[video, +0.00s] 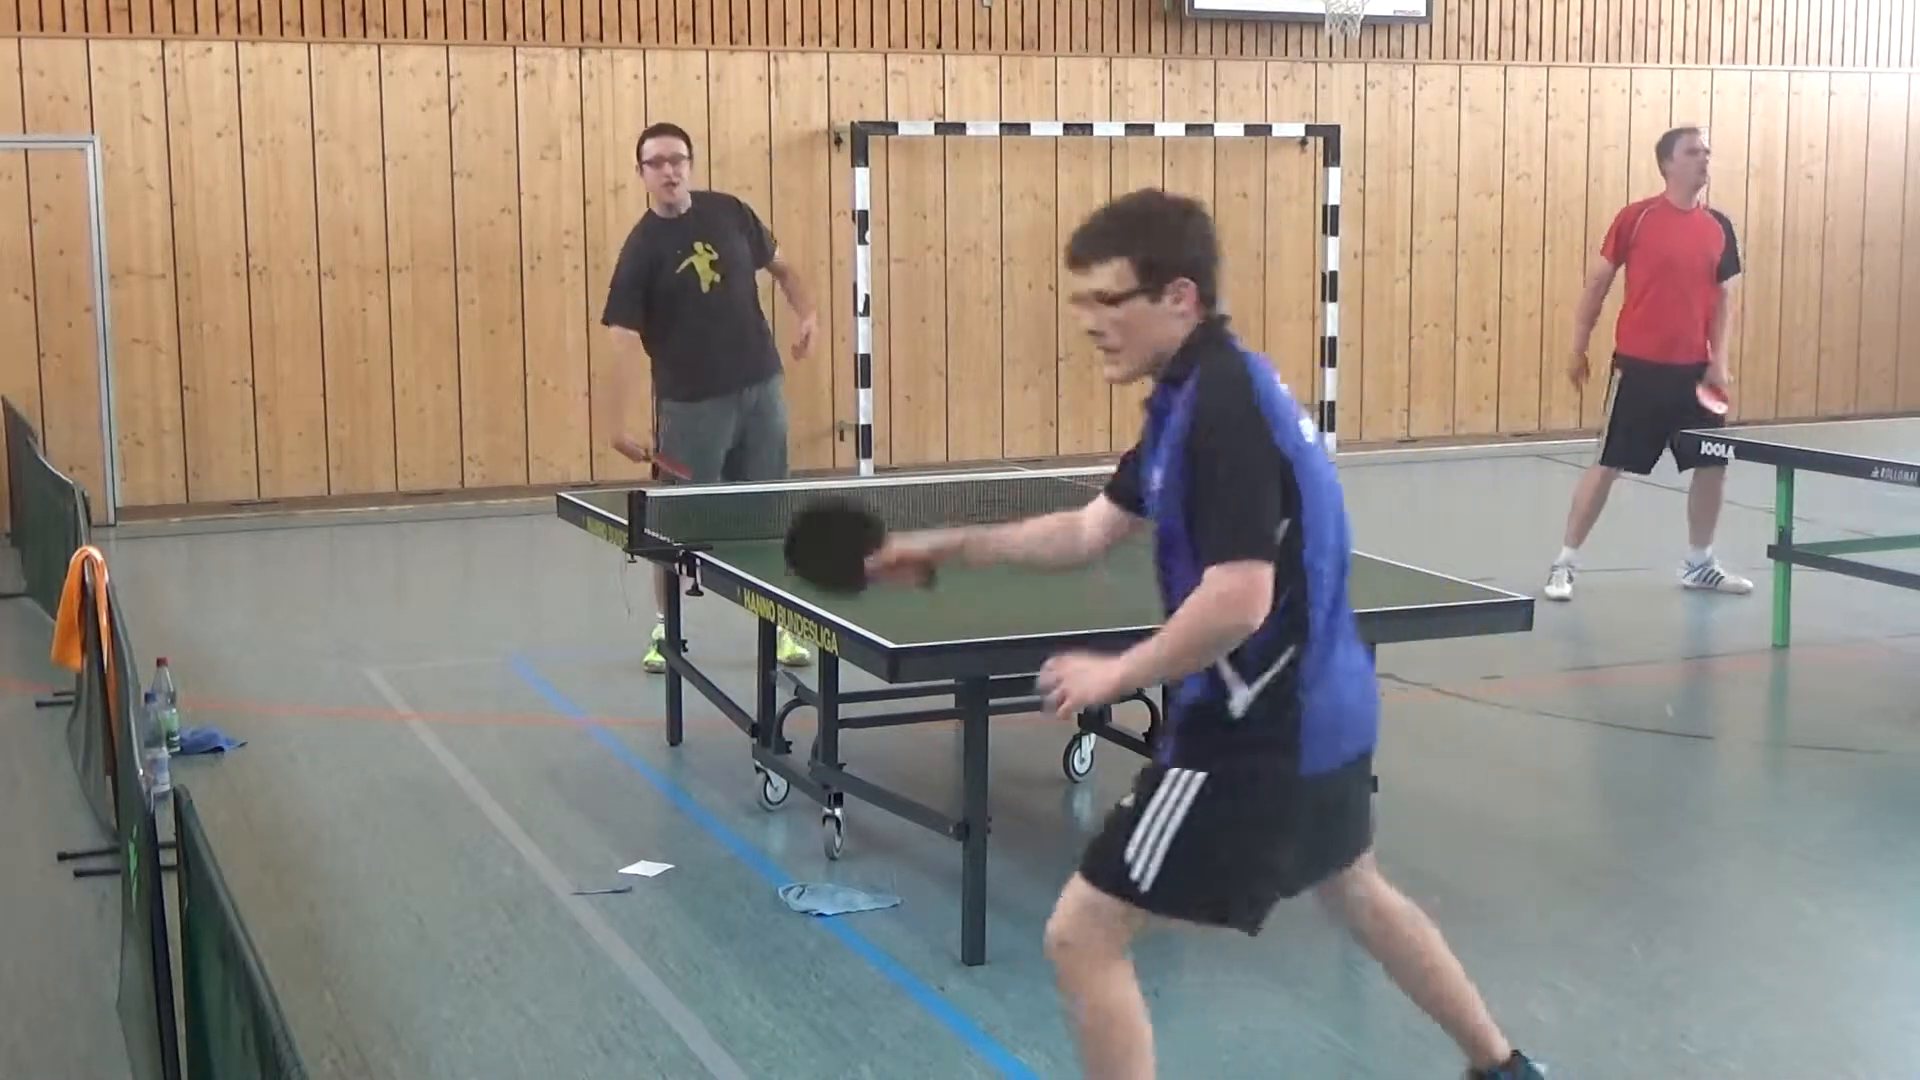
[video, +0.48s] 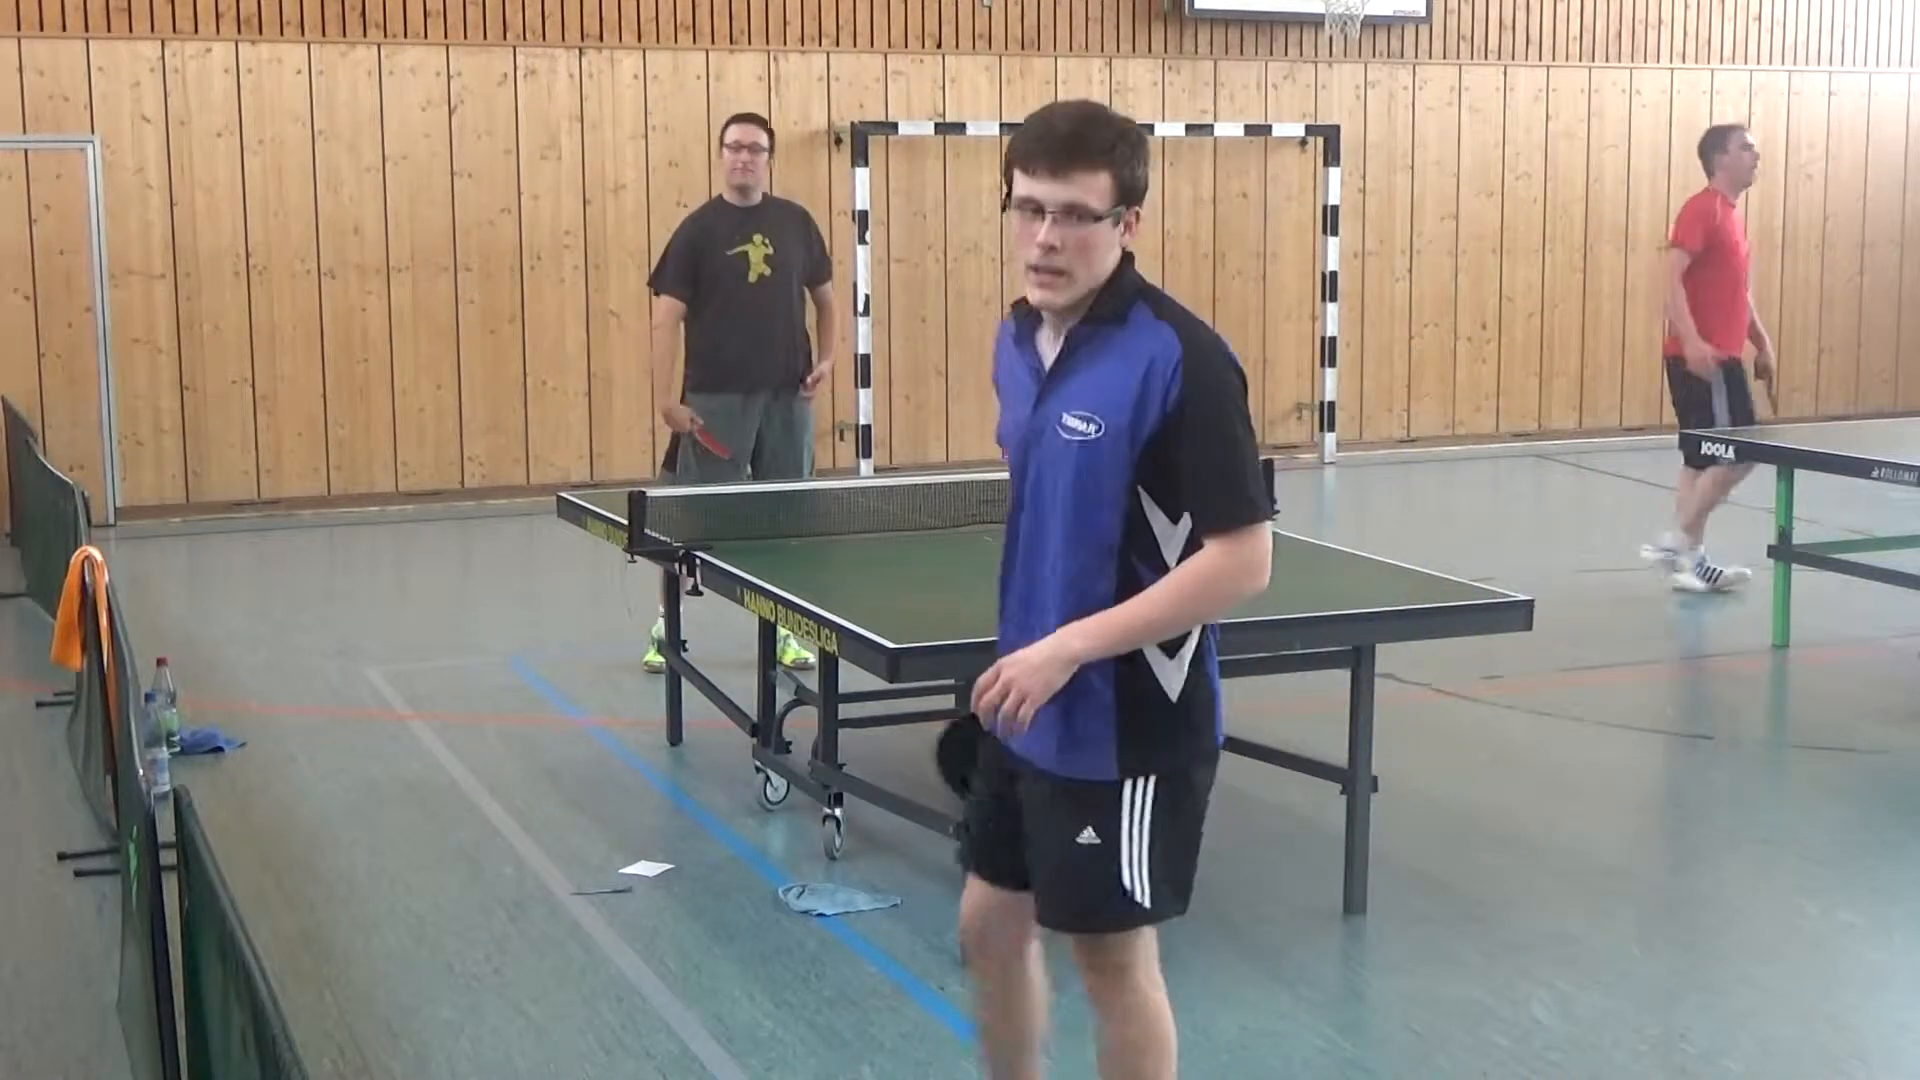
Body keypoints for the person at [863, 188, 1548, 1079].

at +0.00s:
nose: (1091, 323)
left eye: (1110, 302)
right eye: (1084, 303)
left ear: (1181, 297)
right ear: (1179, 305)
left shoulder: (1221, 401)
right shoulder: (1193, 392)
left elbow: (1239, 595)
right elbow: (1091, 529)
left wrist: (1116, 672)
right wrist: (941, 548)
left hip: (1245, 736)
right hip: (1319, 718)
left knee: (1083, 939)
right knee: (1358, 887)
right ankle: (1499, 1060)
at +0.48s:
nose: (1047, 238)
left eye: (1079, 216)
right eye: (1030, 211)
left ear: (1130, 226)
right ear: (1009, 213)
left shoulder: (1186, 363)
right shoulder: (1020, 341)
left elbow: (1242, 560)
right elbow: (1048, 519)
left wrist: (1068, 646)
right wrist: (1017, 665)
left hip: (1124, 733)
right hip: (1029, 707)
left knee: (1116, 964)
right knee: (992, 931)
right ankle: (1014, 1078)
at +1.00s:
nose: (985, 248)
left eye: (1014, 222)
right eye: (961, 217)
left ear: (1047, 227)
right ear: (914, 219)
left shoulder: (1112, 365)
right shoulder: (843, 376)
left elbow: (1170, 573)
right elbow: (796, 560)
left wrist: (1061, 735)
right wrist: (755, 760)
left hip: (1047, 772)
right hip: (894, 767)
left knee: (1035, 1030)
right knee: (881, 1039)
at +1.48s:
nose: (1096, 289)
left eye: (1126, 256)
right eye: (1062, 253)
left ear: (1155, 260)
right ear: (998, 251)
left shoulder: (1189, 411)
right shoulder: (895, 425)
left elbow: (1216, 599)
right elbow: (770, 657)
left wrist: (1269, 781)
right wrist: (779, 908)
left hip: (1124, 913)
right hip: (932, 924)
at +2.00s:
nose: (1296, 298)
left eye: (1327, 252)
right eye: (1250, 256)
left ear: (1363, 248)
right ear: (1165, 261)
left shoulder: (1415, 454)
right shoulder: (1047, 493)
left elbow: (1479, 703)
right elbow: (950, 795)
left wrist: (1530, 904)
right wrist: (951, 1059)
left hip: (1371, 1027)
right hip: (1157, 1043)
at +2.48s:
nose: (1755, 320)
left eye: (1800, 260)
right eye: (1693, 258)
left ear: (1842, 258)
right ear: (1552, 250)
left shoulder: (1821, 507)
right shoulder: (1371, 544)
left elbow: (1786, 869)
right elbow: (1181, 941)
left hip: (1783, 1058)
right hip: (1485, 1060)